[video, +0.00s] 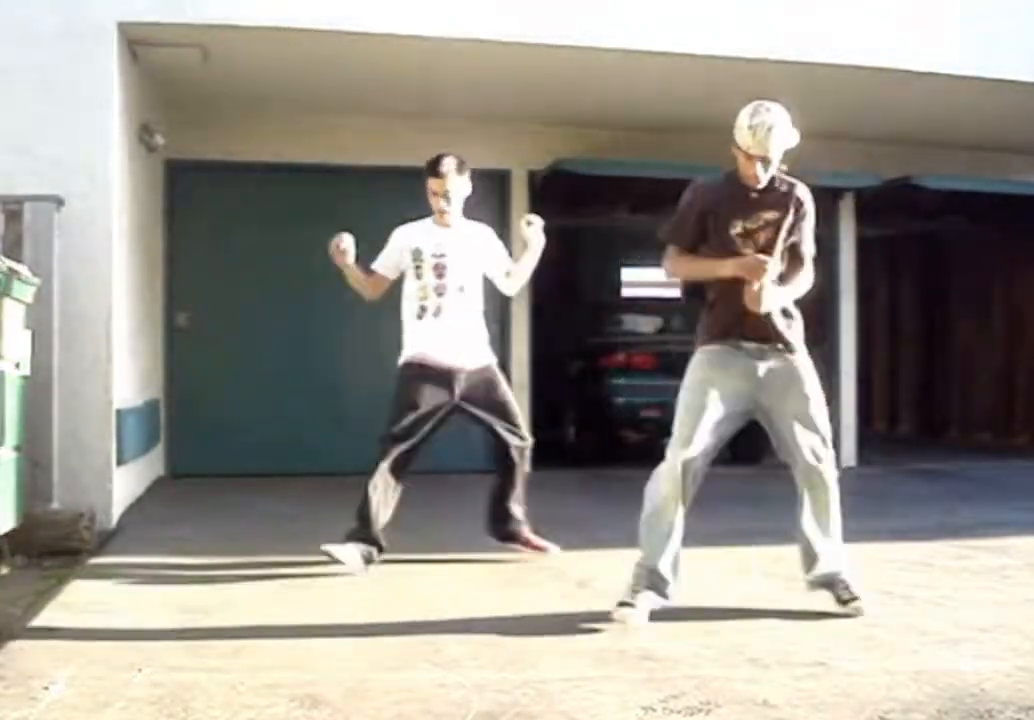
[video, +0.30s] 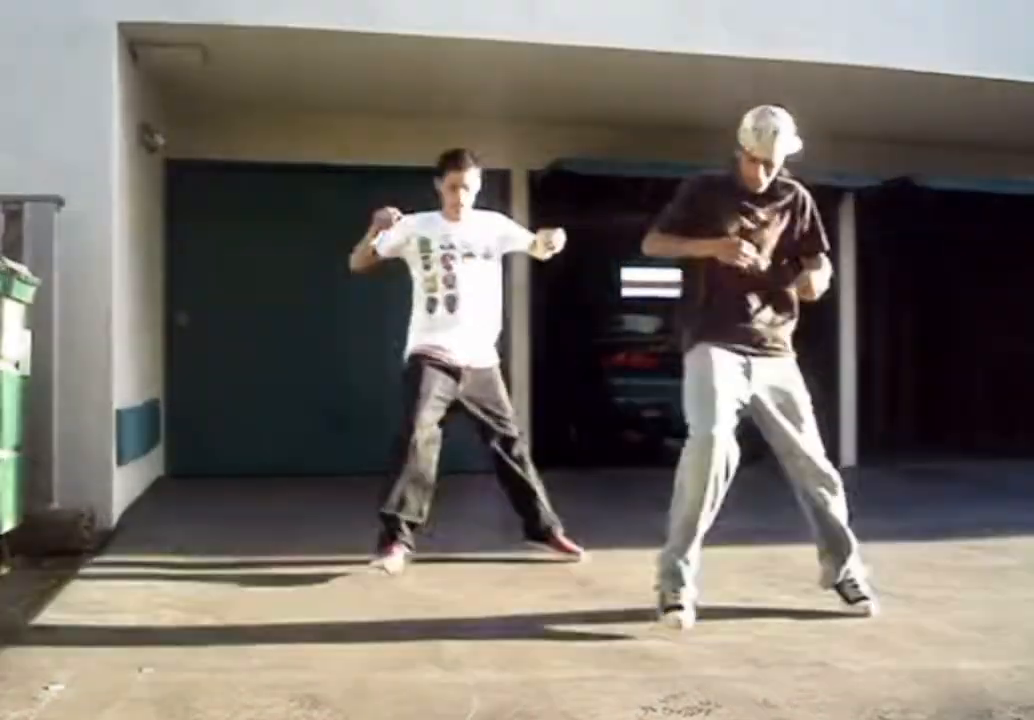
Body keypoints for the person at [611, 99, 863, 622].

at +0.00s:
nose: (759, 170)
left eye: (769, 160)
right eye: (751, 158)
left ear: (784, 153)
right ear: (735, 147)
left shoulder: (797, 199)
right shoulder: (704, 195)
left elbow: (804, 272)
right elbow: (674, 265)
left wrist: (775, 294)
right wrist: (733, 267)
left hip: (784, 355)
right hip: (720, 352)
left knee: (817, 462)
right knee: (682, 460)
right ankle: (650, 583)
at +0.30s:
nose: (762, 173)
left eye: (772, 164)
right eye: (754, 161)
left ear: (786, 158)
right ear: (739, 150)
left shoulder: (797, 200)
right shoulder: (702, 191)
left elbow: (820, 267)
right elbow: (654, 243)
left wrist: (814, 279)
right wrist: (713, 246)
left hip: (775, 351)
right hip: (715, 345)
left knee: (812, 461)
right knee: (710, 446)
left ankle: (845, 572)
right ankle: (677, 582)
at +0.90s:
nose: (649, 178)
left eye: (659, 169)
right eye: (642, 167)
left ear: (671, 169)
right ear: (625, 161)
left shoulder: (672, 217)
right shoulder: (596, 211)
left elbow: (714, 241)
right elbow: (541, 241)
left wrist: (751, 188)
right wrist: (561, 182)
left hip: (659, 370)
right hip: (602, 373)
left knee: (732, 459)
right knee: (586, 486)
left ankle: (802, 563)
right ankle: (519, 577)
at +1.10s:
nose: (675, 149)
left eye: (685, 139)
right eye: (666, 137)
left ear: (698, 133)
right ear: (650, 129)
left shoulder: (704, 169)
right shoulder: (623, 176)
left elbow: (750, 189)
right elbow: (553, 193)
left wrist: (790, 196)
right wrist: (614, 229)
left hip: (703, 332)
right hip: (646, 337)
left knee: (755, 438)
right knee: (655, 445)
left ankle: (722, 545)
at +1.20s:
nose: (693, 158)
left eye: (702, 148)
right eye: (684, 147)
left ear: (717, 144)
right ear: (670, 140)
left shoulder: (731, 189)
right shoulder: (634, 194)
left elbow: (778, 240)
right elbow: (583, 252)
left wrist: (786, 265)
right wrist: (638, 277)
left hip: (721, 346)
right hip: (665, 348)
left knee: (730, 458)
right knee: (690, 456)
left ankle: (682, 553)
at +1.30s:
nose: (711, 172)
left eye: (720, 161)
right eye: (702, 161)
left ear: (733, 157)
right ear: (686, 155)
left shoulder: (750, 210)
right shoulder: (653, 213)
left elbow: (790, 273)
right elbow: (632, 277)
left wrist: (781, 329)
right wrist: (649, 330)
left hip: (739, 367)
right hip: (680, 368)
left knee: (729, 479)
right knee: (716, 479)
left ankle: (680, 564)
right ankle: (774, 585)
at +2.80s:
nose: (667, 148)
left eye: (678, 137)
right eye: (658, 135)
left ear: (694, 139)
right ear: (642, 132)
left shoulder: (701, 185)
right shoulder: (612, 188)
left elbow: (704, 225)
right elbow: (562, 243)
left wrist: (735, 263)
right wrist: (580, 307)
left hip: (694, 341)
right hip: (639, 341)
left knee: (687, 469)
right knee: (669, 467)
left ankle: (618, 556)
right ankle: (710, 595)